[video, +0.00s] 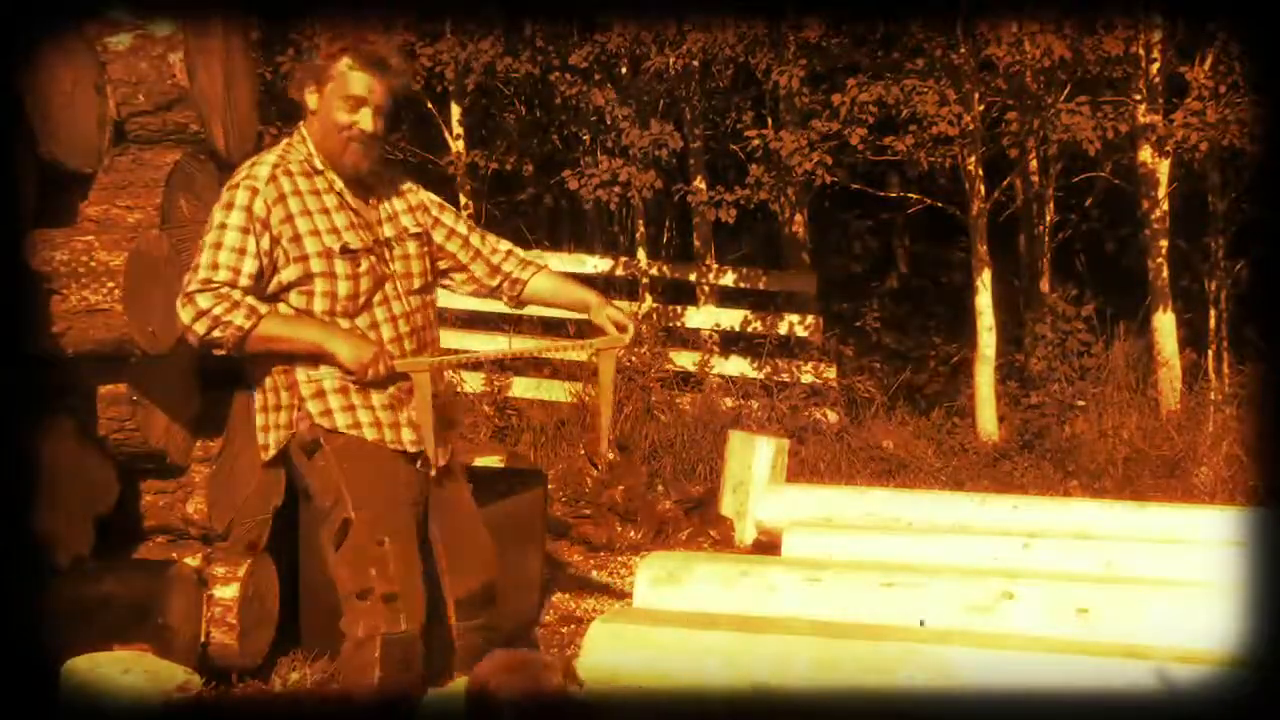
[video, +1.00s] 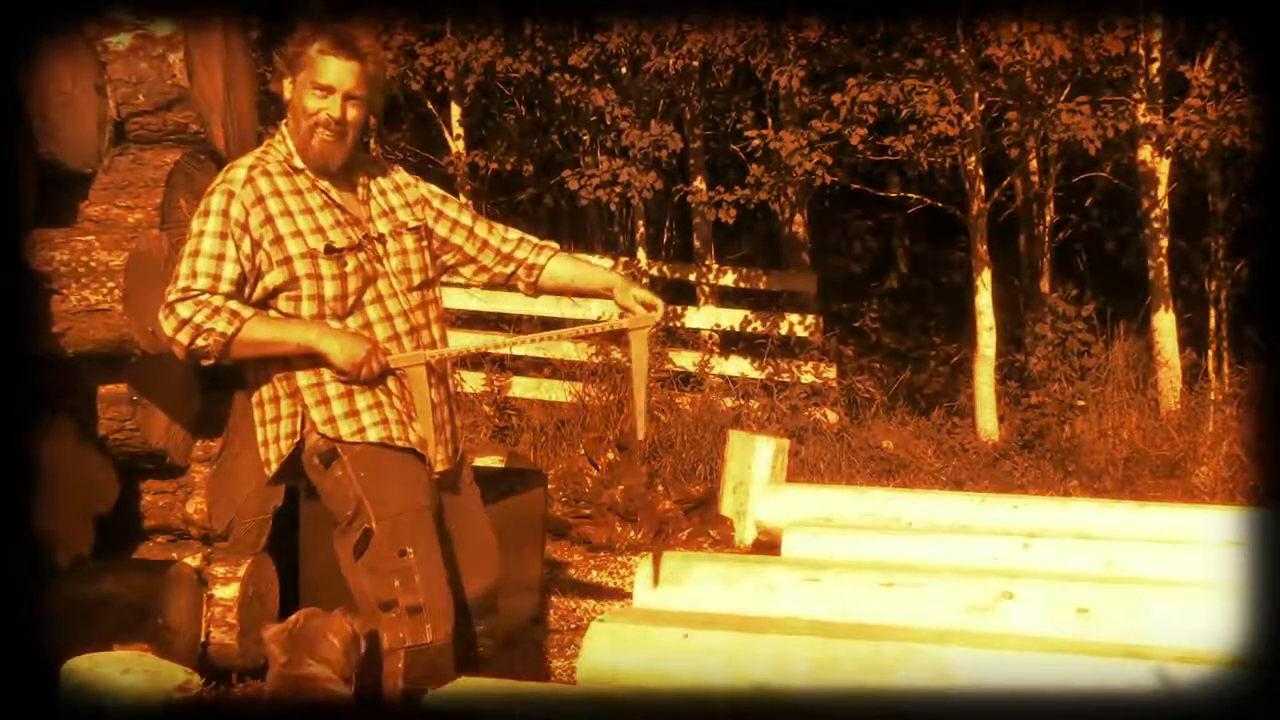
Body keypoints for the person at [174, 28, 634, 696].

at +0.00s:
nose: (371, 125)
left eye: (384, 112)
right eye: (354, 105)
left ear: (393, 118)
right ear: (312, 99)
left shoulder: (402, 198)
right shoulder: (262, 186)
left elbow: (496, 263)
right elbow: (205, 308)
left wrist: (592, 301)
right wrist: (325, 336)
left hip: (422, 432)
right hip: (335, 431)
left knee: (473, 593)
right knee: (390, 615)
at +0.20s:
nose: (344, 111)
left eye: (360, 98)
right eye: (329, 91)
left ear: (375, 110)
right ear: (292, 90)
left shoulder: (387, 191)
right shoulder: (249, 180)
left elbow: (484, 265)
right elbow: (192, 300)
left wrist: (584, 304)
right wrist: (316, 331)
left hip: (414, 429)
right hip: (330, 431)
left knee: (475, 599)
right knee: (401, 619)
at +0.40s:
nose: (335, 110)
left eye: (352, 96)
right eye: (319, 89)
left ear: (369, 108)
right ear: (280, 89)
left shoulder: (383, 188)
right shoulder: (241, 187)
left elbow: (486, 256)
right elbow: (191, 315)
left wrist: (592, 294)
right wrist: (322, 341)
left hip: (407, 436)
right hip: (323, 437)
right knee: (406, 628)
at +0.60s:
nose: (329, 113)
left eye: (347, 98)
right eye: (313, 92)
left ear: (366, 109)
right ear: (277, 92)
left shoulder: (390, 186)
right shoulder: (240, 193)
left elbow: (495, 249)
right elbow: (191, 325)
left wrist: (601, 282)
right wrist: (319, 341)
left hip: (426, 428)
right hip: (344, 429)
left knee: (483, 601)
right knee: (416, 627)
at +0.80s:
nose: (330, 110)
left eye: (348, 95)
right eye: (315, 90)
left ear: (369, 108)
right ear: (281, 93)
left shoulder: (394, 184)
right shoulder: (243, 191)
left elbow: (498, 246)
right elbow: (191, 320)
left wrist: (608, 277)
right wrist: (318, 337)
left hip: (431, 431)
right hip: (344, 432)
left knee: (479, 598)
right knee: (416, 624)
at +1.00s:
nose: (335, 113)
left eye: (353, 100)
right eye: (321, 92)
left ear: (372, 112)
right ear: (288, 92)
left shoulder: (395, 186)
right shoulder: (245, 189)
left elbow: (502, 251)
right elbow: (188, 315)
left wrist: (610, 279)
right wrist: (315, 336)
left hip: (431, 430)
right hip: (343, 433)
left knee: (478, 601)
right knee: (415, 621)